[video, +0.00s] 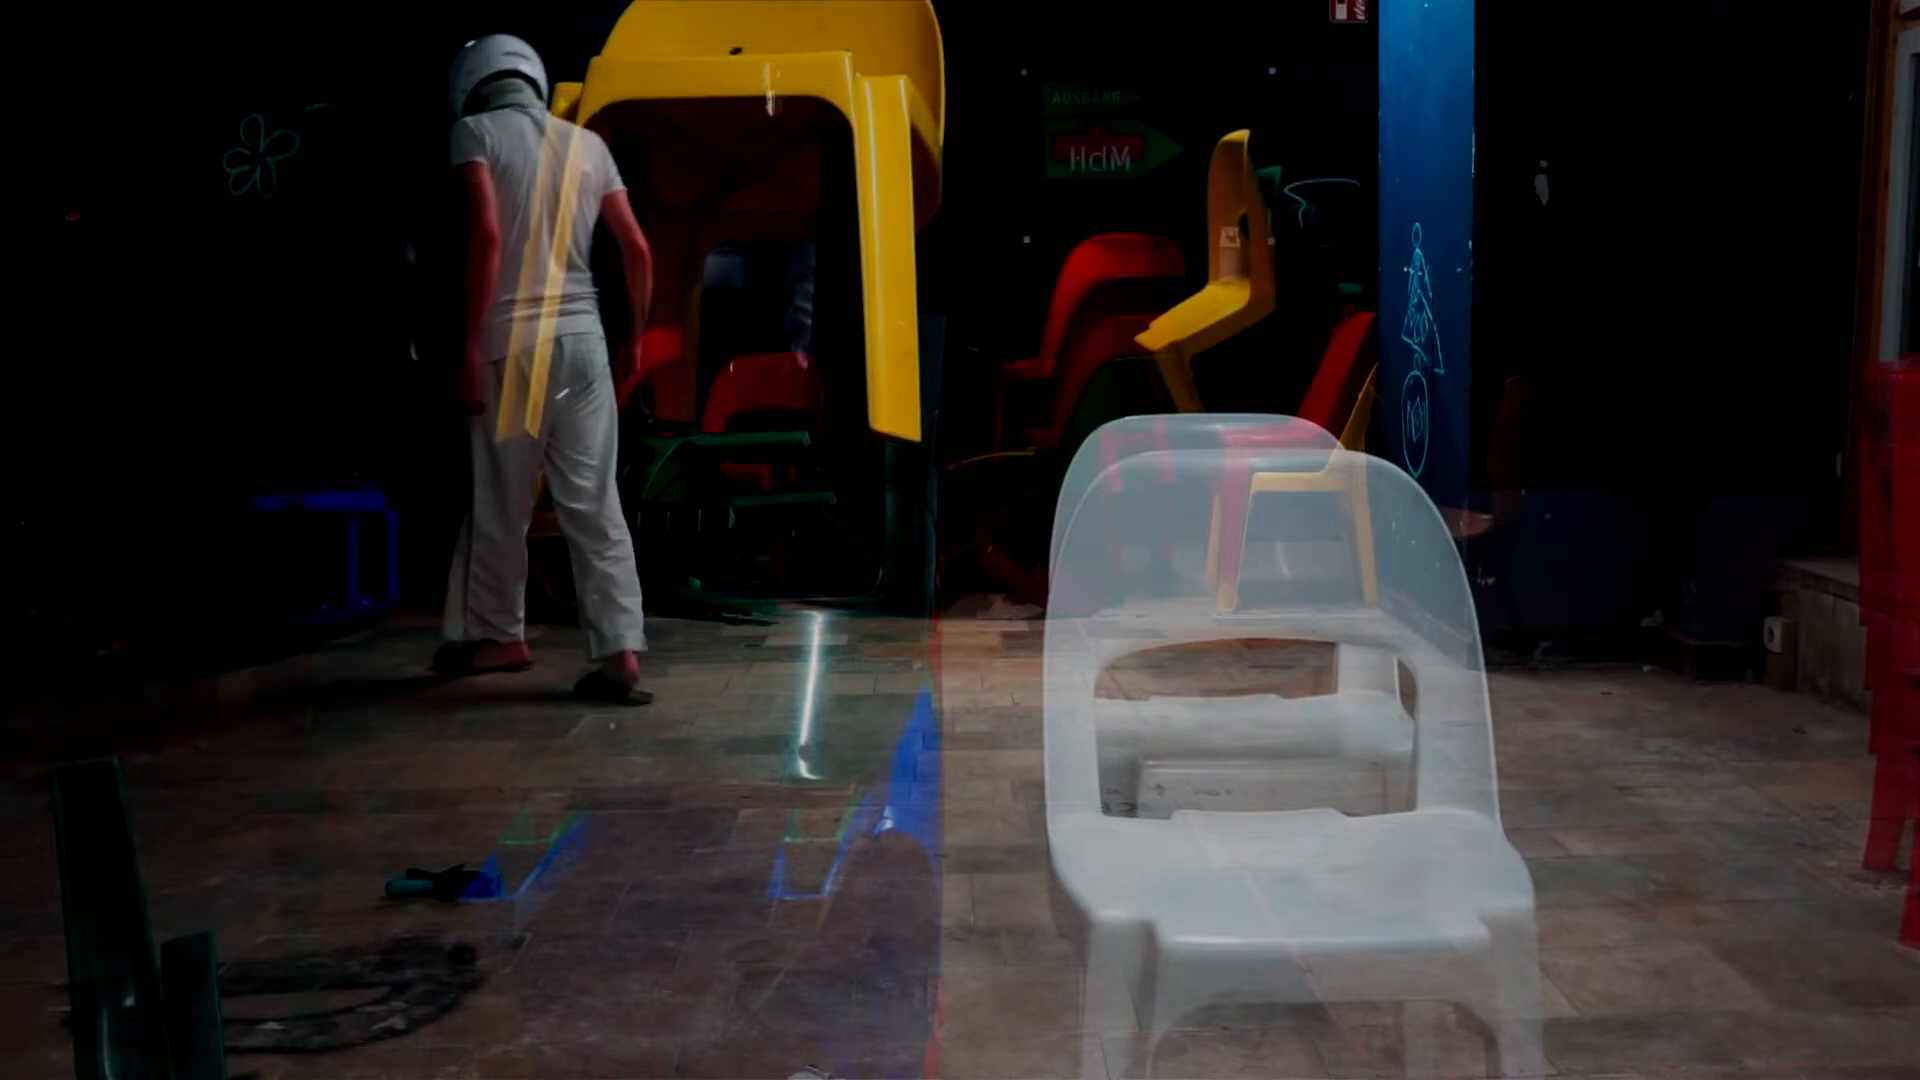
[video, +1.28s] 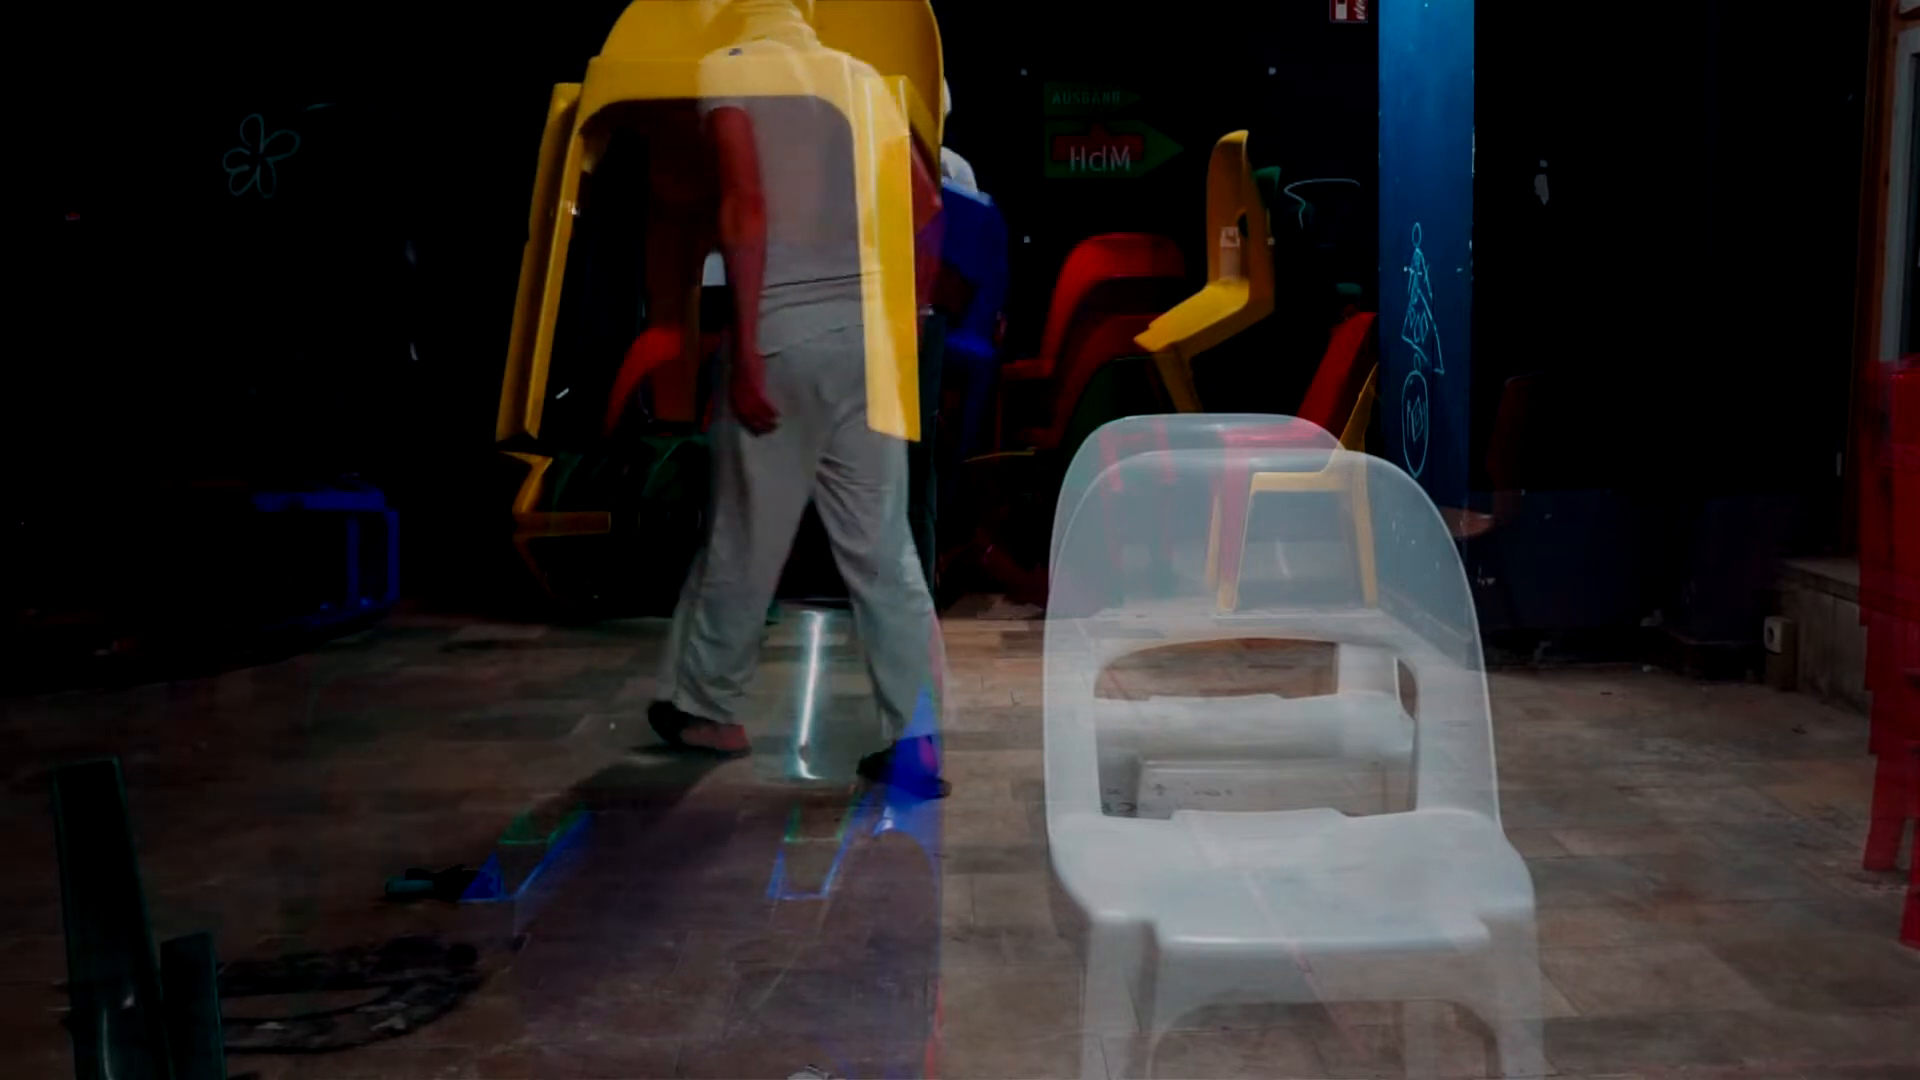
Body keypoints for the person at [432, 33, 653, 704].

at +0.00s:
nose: (464, 101)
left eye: (465, 89)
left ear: (474, 85)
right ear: (536, 85)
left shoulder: (475, 132)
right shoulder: (586, 143)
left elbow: (488, 232)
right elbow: (636, 248)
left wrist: (474, 343)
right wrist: (635, 337)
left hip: (509, 342)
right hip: (583, 337)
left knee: (502, 499)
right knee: (593, 498)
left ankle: (501, 638)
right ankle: (622, 653)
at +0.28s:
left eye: (521, 65)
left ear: (525, 62)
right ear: (594, 62)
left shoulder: (521, 115)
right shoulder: (639, 126)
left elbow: (535, 209)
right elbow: (685, 240)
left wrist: (532, 339)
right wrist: (676, 329)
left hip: (557, 335)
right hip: (630, 333)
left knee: (524, 487)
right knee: (622, 498)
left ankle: (583, 644)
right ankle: (628, 664)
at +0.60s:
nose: (565, 77)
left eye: (564, 64)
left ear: (573, 58)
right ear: (635, 53)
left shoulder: (565, 117)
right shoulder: (689, 122)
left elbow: (545, 239)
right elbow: (741, 238)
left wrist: (512, 337)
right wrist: (745, 336)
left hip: (604, 335)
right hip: (682, 333)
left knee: (637, 511)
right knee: (656, 509)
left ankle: (699, 698)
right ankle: (615, 667)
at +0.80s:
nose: (599, 64)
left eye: (601, 53)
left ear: (613, 45)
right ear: (672, 42)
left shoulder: (603, 94)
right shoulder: (730, 97)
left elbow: (582, 224)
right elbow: (783, 215)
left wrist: (546, 298)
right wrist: (782, 322)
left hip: (646, 318)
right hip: (725, 314)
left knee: (663, 513)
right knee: (705, 509)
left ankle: (693, 710)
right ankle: (711, 688)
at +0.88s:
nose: (612, 56)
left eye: (614, 44)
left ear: (623, 41)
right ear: (685, 35)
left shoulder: (612, 86)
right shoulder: (746, 90)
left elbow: (605, 217)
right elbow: (802, 213)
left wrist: (562, 309)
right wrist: (799, 323)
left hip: (657, 319)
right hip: (743, 314)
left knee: (671, 513)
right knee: (724, 500)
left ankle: (698, 710)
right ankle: (769, 659)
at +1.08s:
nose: (652, 57)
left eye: (657, 46)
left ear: (671, 36)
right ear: (730, 31)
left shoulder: (661, 87)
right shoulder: (796, 92)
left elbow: (668, 220)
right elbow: (855, 210)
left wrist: (656, 352)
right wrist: (859, 323)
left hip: (702, 328)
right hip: (791, 322)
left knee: (688, 534)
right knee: (793, 521)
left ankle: (704, 710)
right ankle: (877, 669)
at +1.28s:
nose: (722, 45)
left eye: (725, 35)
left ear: (736, 29)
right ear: (804, 26)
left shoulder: (730, 72)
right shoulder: (866, 83)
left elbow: (745, 211)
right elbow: (925, 202)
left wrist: (746, 353)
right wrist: (897, 313)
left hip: (784, 332)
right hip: (871, 329)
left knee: (747, 534)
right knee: (883, 548)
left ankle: (705, 707)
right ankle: (919, 738)